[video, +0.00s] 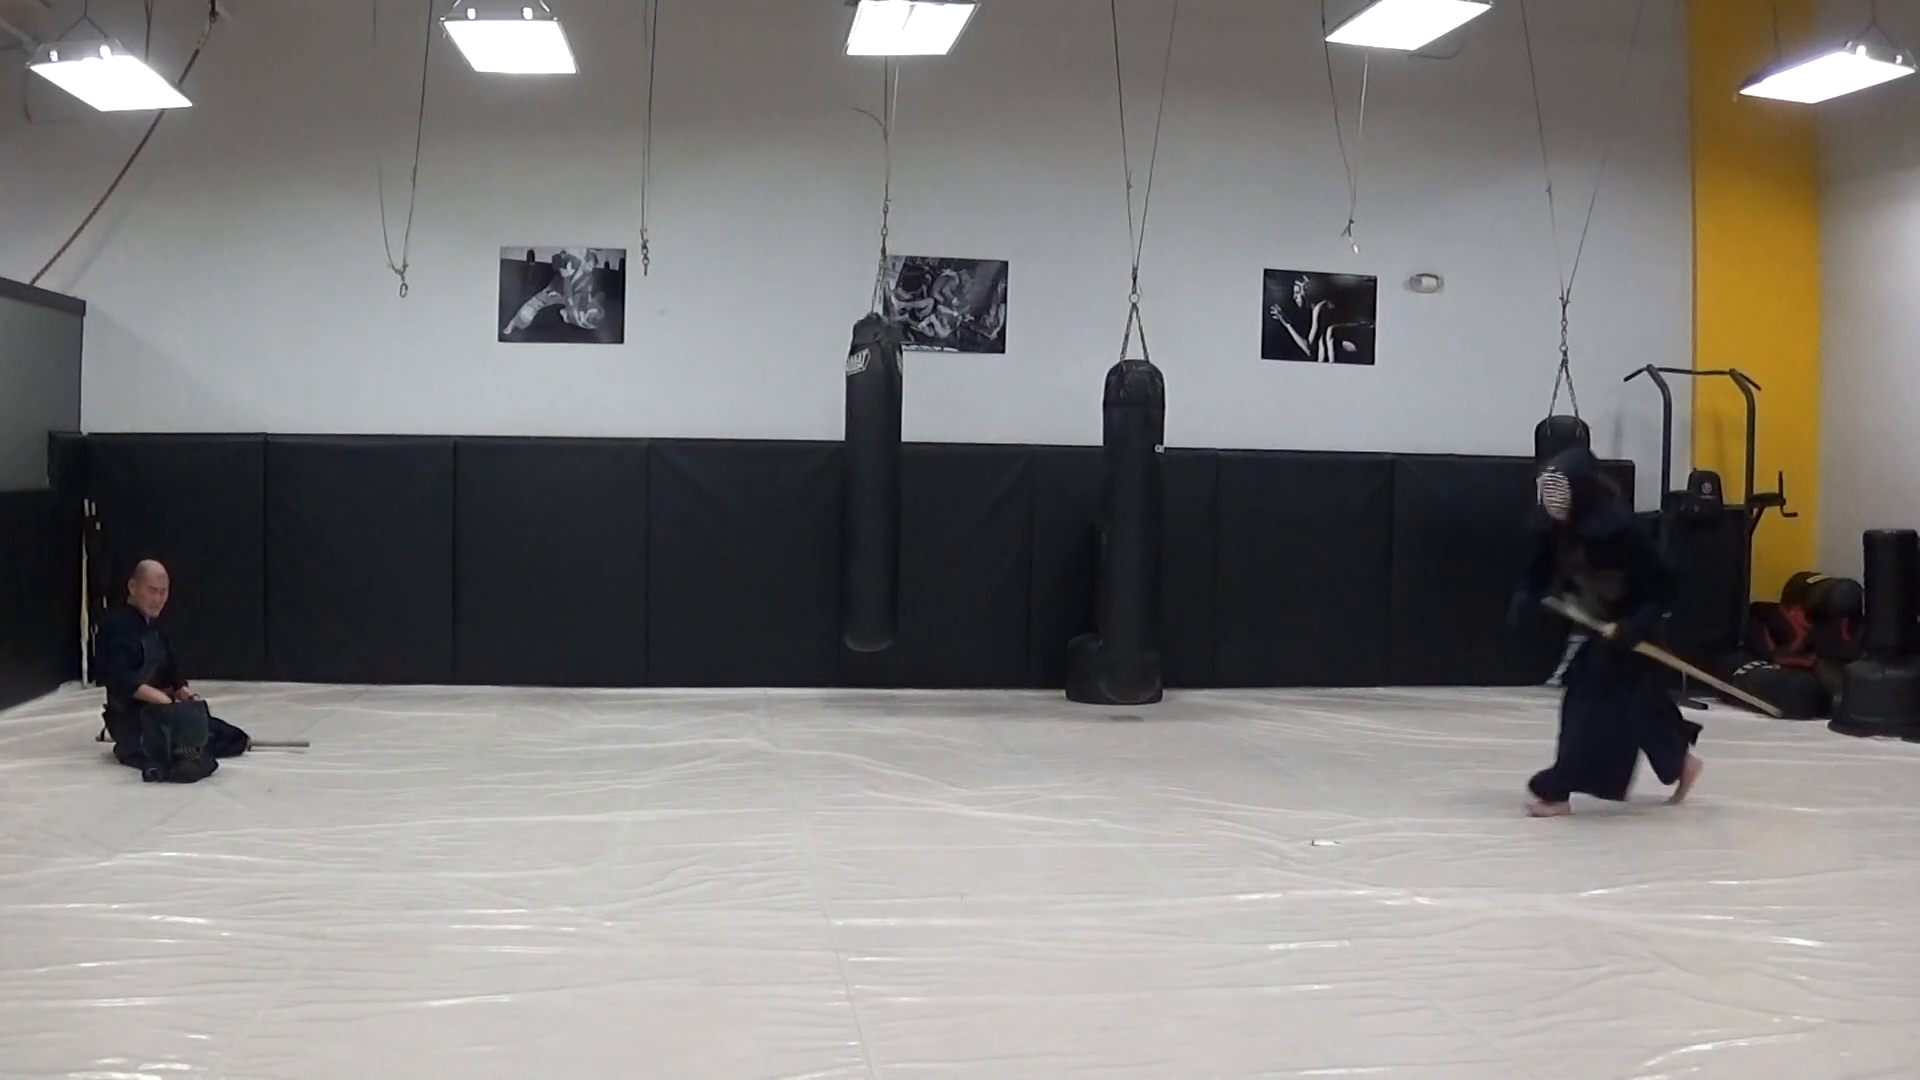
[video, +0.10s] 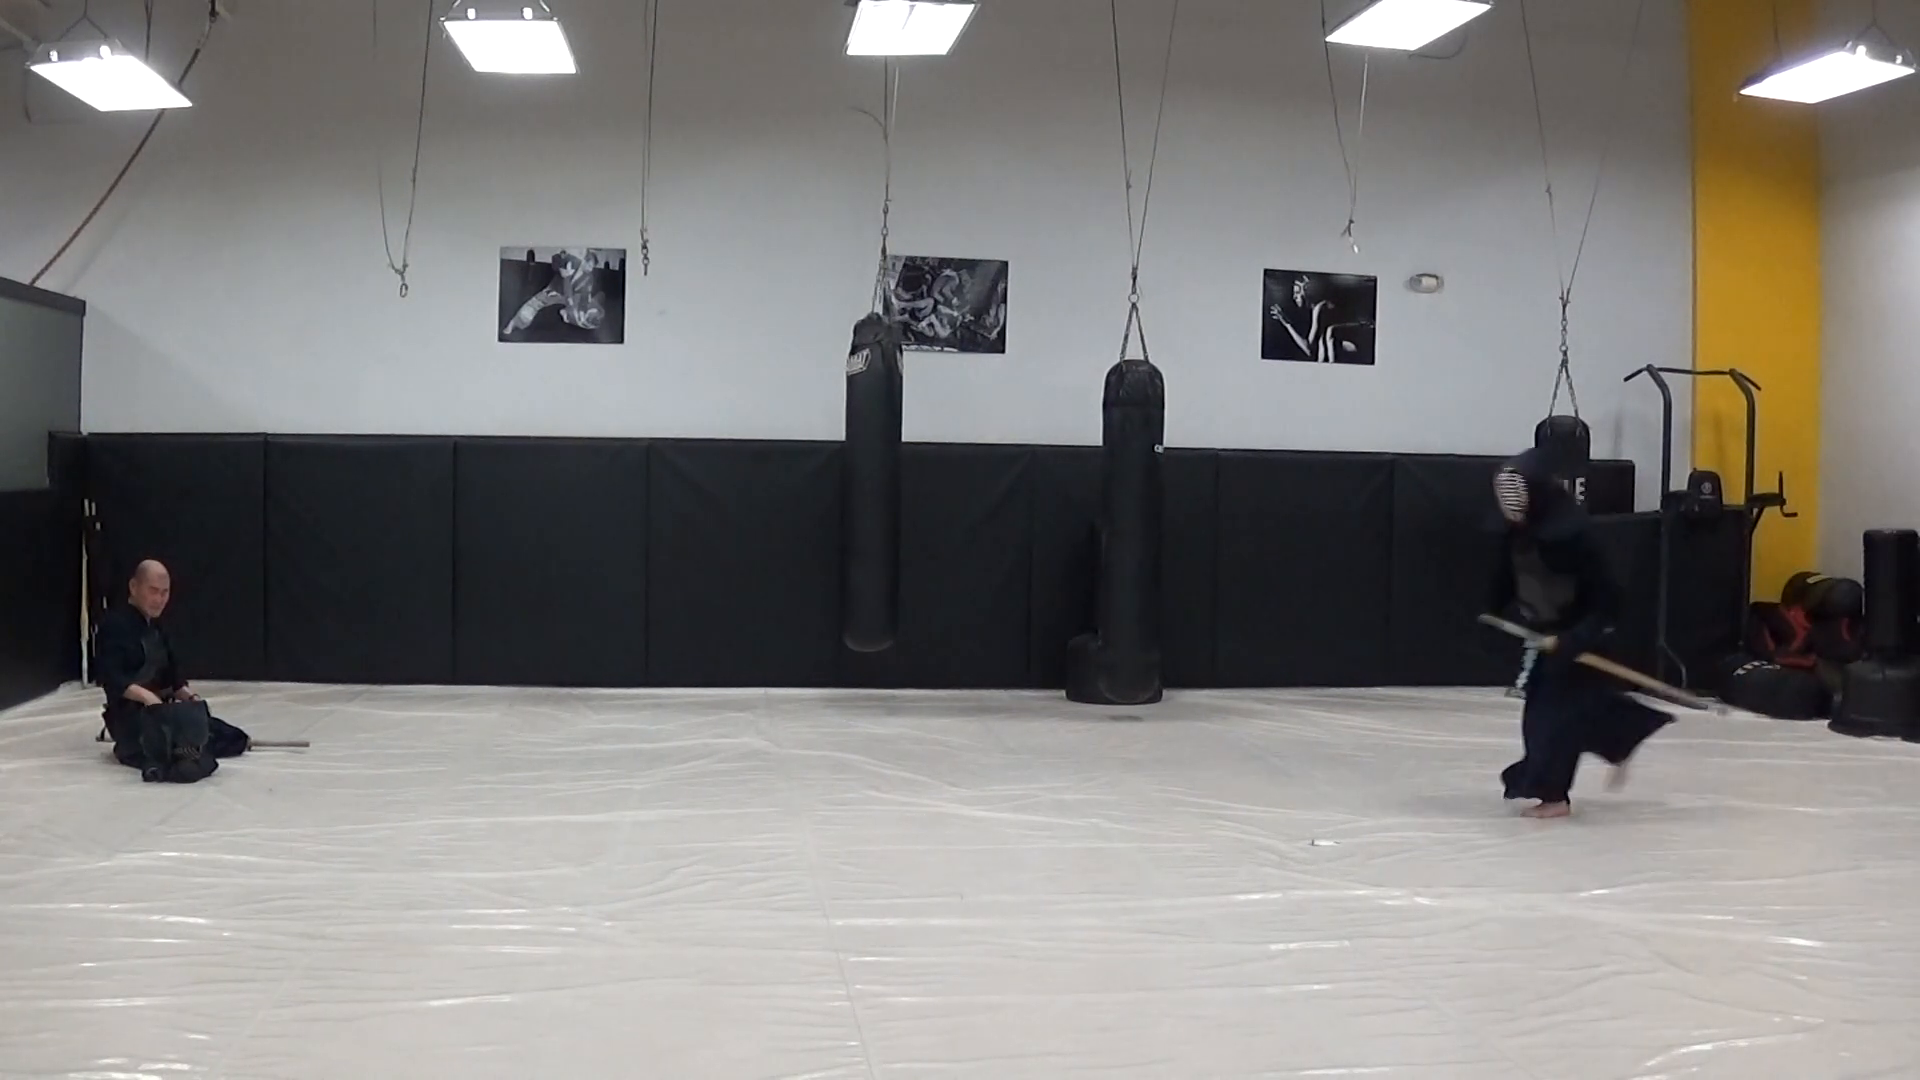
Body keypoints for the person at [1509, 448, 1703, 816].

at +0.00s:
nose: (1551, 504)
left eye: (1558, 495)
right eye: (1547, 494)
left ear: (1580, 494)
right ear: (1545, 491)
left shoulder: (1618, 529)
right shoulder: (1558, 529)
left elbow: (1661, 587)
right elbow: (1539, 572)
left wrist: (1632, 625)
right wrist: (1528, 600)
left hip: (1625, 628)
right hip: (1595, 625)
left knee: (1582, 697)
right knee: (1635, 698)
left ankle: (1556, 792)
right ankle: (1683, 761)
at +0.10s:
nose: (1509, 507)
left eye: (1515, 498)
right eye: (1504, 499)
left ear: (1534, 496)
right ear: (1503, 498)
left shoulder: (1568, 533)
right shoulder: (1513, 533)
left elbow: (1605, 598)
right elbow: (1504, 578)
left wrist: (1571, 638)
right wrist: (1494, 609)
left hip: (1575, 633)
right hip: (1541, 631)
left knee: (1549, 709)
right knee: (1552, 705)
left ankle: (1554, 797)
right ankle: (1620, 741)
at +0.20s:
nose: (1459, 498)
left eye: (1466, 489)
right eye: (1453, 490)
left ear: (1486, 488)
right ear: (1449, 490)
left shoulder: (1520, 525)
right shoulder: (1464, 526)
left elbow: (1551, 595)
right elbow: (1471, 582)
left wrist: (1513, 629)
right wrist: (1472, 621)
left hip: (1533, 631)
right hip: (1489, 631)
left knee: (1522, 712)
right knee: (1467, 706)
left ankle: (1551, 792)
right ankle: (1512, 771)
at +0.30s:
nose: (1400, 484)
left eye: (1408, 475)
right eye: (1396, 475)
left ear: (1431, 477)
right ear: (1394, 477)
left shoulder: (1462, 519)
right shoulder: (1412, 522)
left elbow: (1497, 588)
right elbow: (1432, 576)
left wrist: (1454, 616)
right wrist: (1432, 605)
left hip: (1481, 627)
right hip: (1438, 625)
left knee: (1494, 704)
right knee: (1406, 701)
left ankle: (1542, 782)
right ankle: (1390, 789)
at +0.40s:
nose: (1348, 484)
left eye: (1356, 476)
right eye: (1345, 475)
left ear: (1377, 478)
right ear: (1345, 478)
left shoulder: (1407, 522)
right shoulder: (1360, 522)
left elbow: (1443, 584)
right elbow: (1367, 576)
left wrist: (1410, 623)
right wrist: (1358, 611)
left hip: (1416, 626)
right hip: (1376, 625)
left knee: (1425, 706)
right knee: (1363, 707)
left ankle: (1495, 758)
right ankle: (1357, 799)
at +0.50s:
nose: (1296, 482)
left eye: (1305, 473)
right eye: (1292, 473)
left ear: (1328, 476)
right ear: (1289, 475)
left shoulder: (1362, 523)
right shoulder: (1302, 523)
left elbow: (1400, 586)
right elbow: (1294, 581)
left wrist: (1371, 624)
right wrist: (1267, 607)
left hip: (1362, 631)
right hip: (1323, 628)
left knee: (1334, 726)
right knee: (1311, 715)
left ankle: (1398, 759)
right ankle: (1343, 802)